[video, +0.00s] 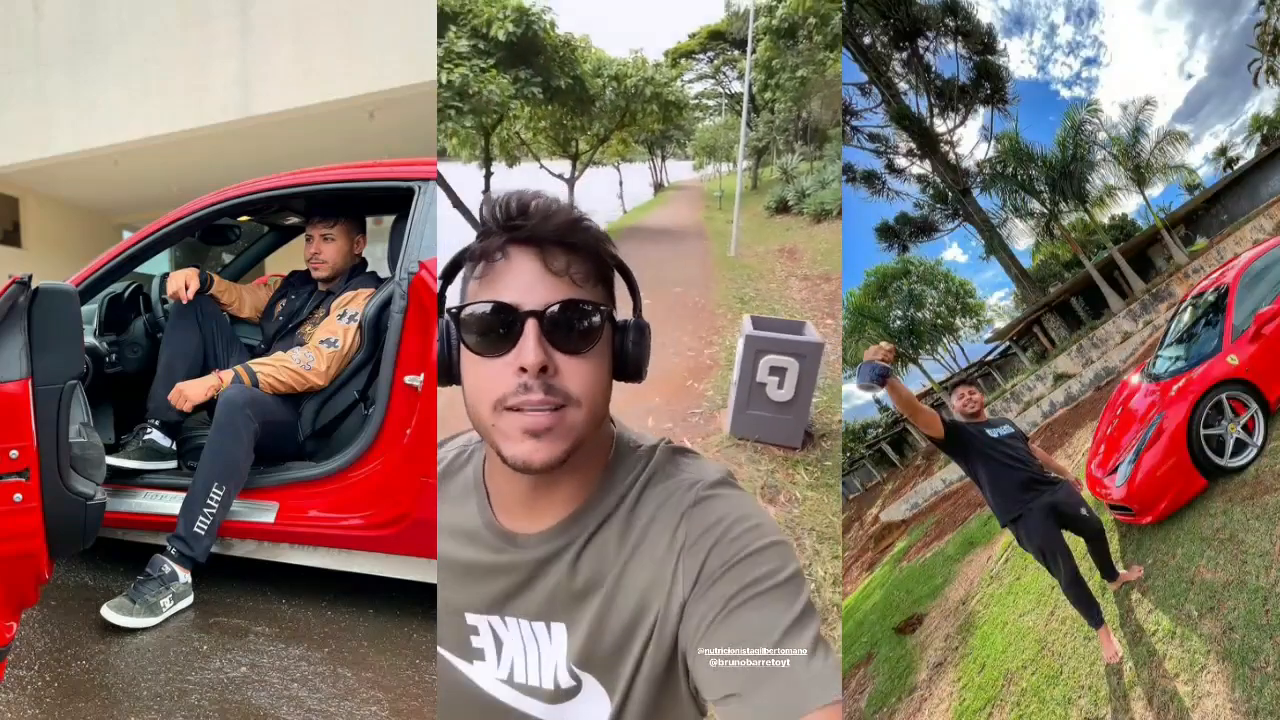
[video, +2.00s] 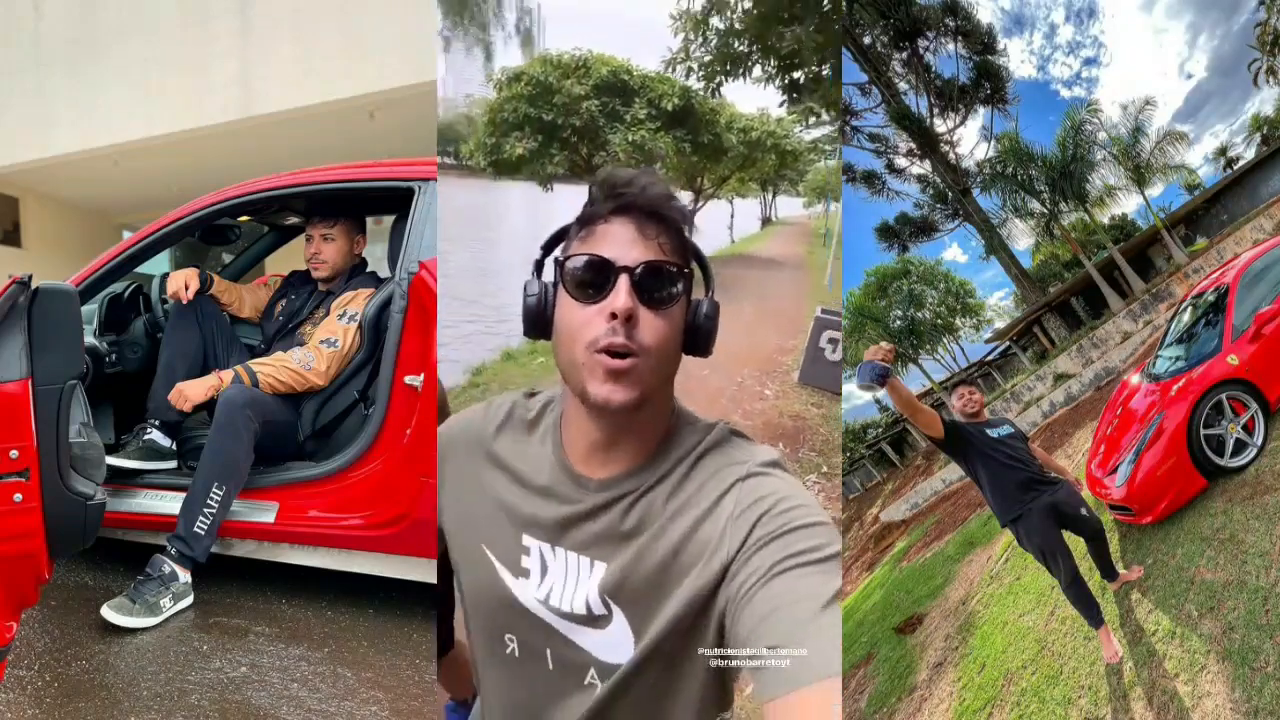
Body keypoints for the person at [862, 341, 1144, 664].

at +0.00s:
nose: (966, 397)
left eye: (971, 392)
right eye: (959, 397)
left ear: (983, 398)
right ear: (953, 410)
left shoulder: (1003, 424)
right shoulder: (956, 436)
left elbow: (1037, 454)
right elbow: (917, 412)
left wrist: (1067, 475)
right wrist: (885, 374)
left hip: (1051, 489)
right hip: (1022, 511)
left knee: (1093, 528)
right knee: (1065, 570)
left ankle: (1114, 575)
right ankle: (1101, 628)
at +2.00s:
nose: (967, 397)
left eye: (971, 392)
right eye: (959, 397)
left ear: (983, 398)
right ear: (953, 410)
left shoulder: (1003, 424)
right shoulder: (957, 436)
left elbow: (1037, 454)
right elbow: (916, 412)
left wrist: (1067, 475)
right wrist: (885, 374)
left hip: (1052, 489)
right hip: (1022, 512)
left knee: (1094, 528)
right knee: (1065, 571)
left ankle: (1114, 576)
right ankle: (1101, 628)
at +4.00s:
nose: (966, 397)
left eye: (971, 392)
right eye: (959, 397)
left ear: (983, 398)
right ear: (953, 410)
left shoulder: (1003, 424)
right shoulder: (956, 436)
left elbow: (1037, 454)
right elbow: (916, 412)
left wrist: (1067, 476)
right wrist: (885, 374)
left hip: (1051, 489)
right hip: (1021, 511)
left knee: (1094, 528)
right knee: (1065, 571)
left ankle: (1114, 576)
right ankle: (1101, 628)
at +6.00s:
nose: (967, 396)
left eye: (971, 391)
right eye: (959, 397)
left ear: (983, 398)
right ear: (953, 411)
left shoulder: (1004, 424)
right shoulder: (956, 436)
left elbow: (1037, 453)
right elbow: (916, 412)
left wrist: (1067, 475)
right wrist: (885, 373)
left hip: (1052, 489)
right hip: (1022, 512)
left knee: (1094, 528)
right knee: (1066, 573)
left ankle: (1114, 576)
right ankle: (1101, 628)